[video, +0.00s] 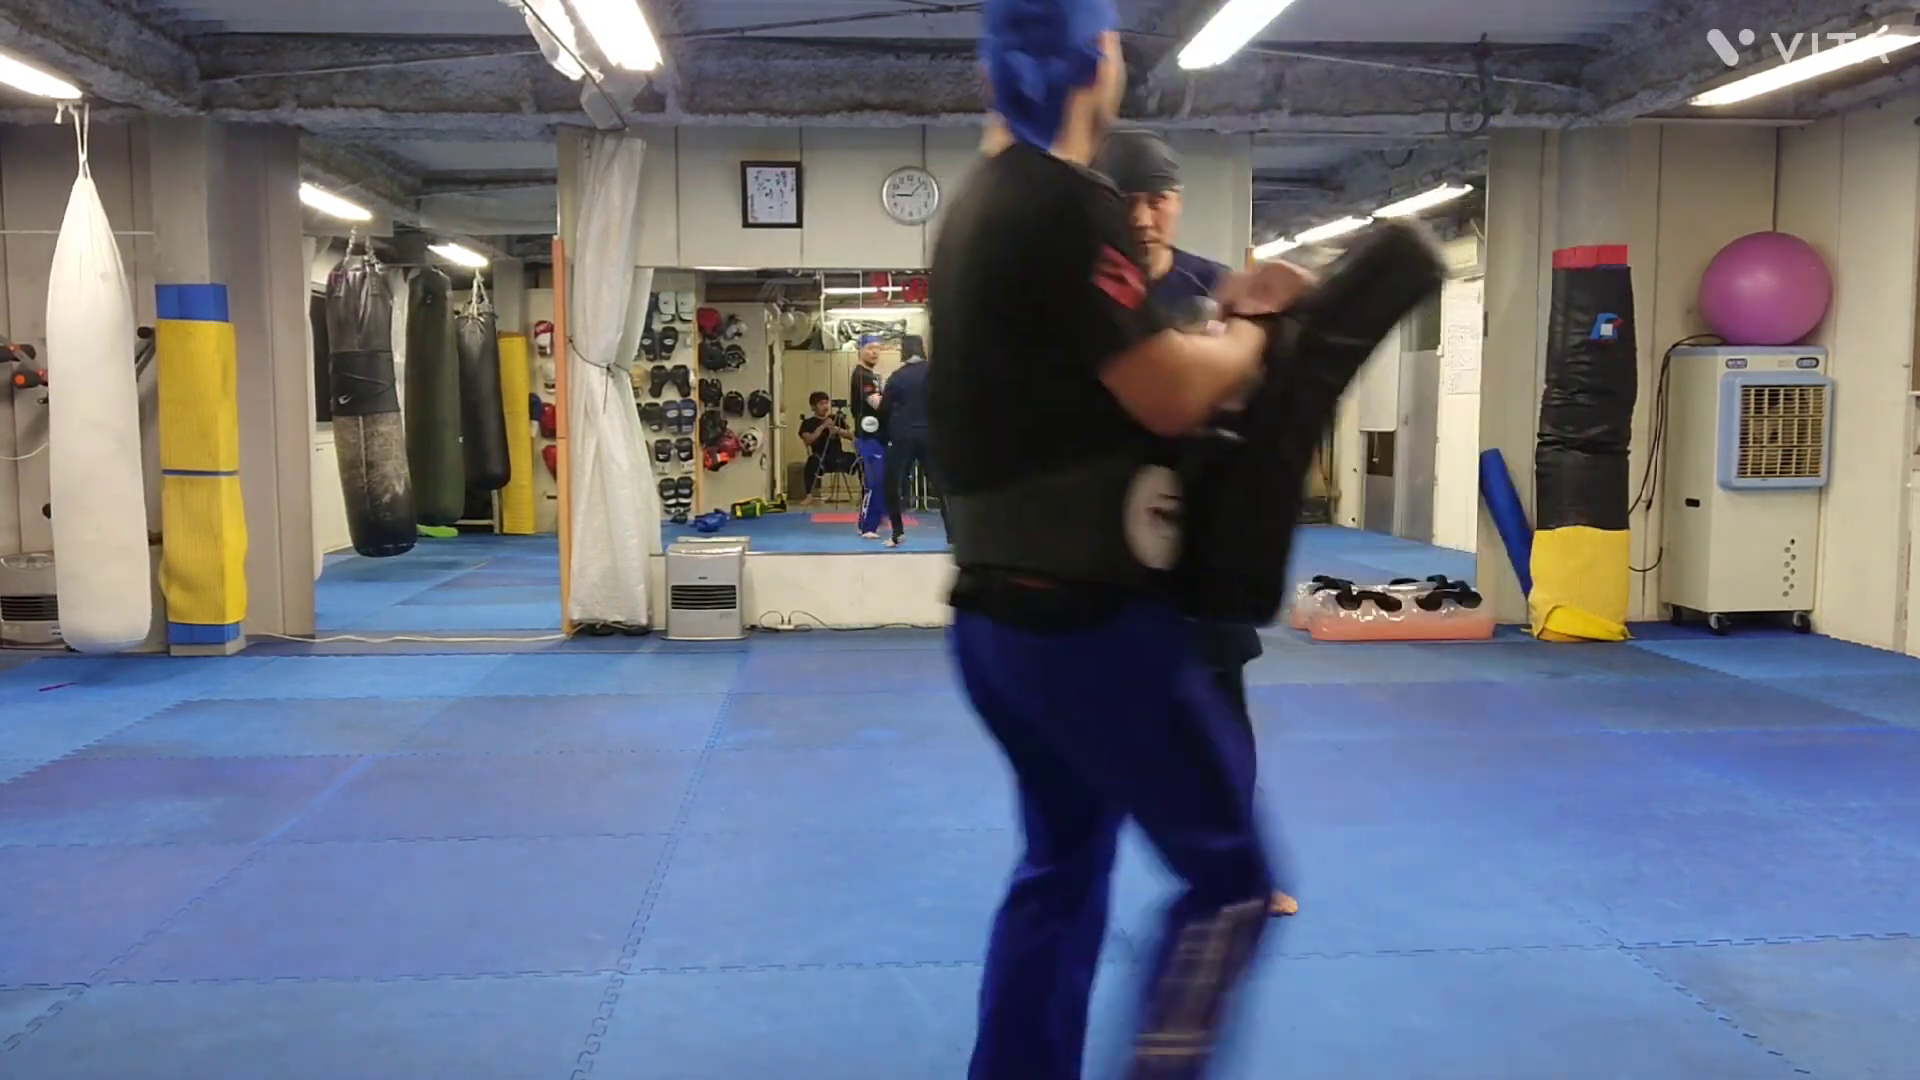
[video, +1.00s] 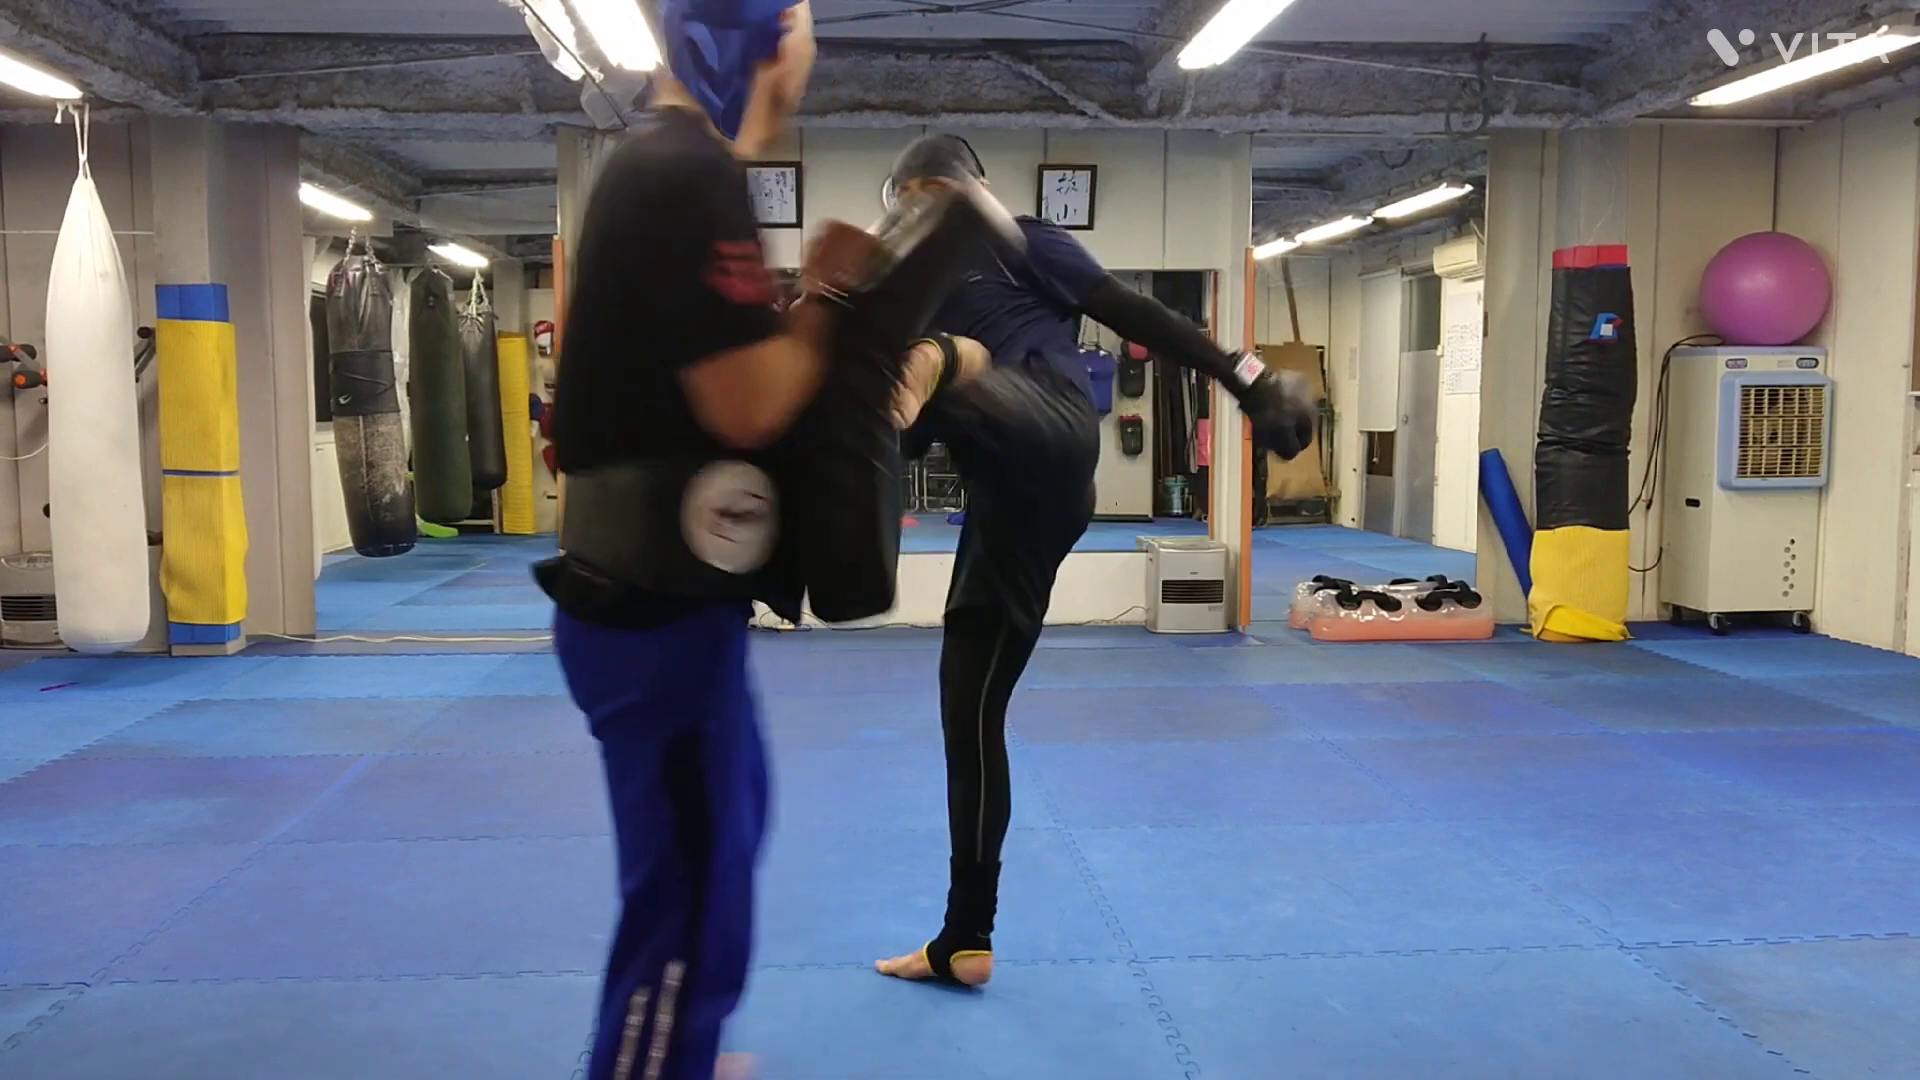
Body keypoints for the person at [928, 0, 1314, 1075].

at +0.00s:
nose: (1123, 62)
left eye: (1117, 44)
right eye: (1117, 44)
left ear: (1003, 70)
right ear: (1096, 60)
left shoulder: (979, 206)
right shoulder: (1060, 203)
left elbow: (1068, 380)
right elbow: (1170, 396)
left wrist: (1217, 320)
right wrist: (1245, 334)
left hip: (998, 617)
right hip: (1090, 623)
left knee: (1061, 877)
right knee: (1230, 878)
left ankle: (1018, 1072)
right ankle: (1162, 1063)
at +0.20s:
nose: (1025, 51)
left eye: (1018, 34)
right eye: (1017, 34)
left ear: (911, 63)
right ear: (992, 54)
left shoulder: (880, 192)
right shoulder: (961, 195)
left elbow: (953, 381)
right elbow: (1073, 401)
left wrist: (1084, 313)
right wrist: (1137, 316)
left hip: (899, 607)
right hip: (935, 618)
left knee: (1004, 862)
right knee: (879, 936)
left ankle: (1008, 1072)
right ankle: (744, 1077)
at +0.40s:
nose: (929, 43)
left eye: (924, 22)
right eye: (922, 20)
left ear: (803, 53)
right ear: (887, 40)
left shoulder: (783, 182)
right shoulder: (813, 191)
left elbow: (874, 381)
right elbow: (932, 405)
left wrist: (984, 309)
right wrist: (1011, 311)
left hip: (816, 627)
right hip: (806, 642)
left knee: (909, 822)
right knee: (793, 951)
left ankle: (874, 1062)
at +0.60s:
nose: (875, 41)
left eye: (872, 18)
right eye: (867, 14)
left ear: (791, 38)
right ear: (822, 31)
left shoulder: (742, 181)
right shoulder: (739, 187)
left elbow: (826, 385)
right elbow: (862, 400)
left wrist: (929, 296)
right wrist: (950, 276)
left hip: (792, 621)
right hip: (767, 636)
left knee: (869, 833)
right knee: (780, 935)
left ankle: (817, 1056)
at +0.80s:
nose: (842, 64)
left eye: (839, 40)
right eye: (836, 36)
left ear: (749, 52)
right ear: (797, 45)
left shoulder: (714, 190)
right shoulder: (707, 196)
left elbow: (792, 398)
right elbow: (822, 413)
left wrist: (876, 299)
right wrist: (890, 277)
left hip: (757, 621)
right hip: (730, 636)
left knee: (859, 829)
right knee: (768, 951)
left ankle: (836, 1064)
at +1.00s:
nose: (813, 51)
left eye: (809, 29)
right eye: (807, 29)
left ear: (682, 39)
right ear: (770, 41)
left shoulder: (657, 164)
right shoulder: (687, 173)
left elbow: (701, 378)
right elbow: (746, 401)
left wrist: (807, 294)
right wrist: (826, 301)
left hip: (656, 596)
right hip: (656, 610)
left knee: (727, 824)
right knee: (685, 881)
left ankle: (682, 1045)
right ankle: (641, 1068)